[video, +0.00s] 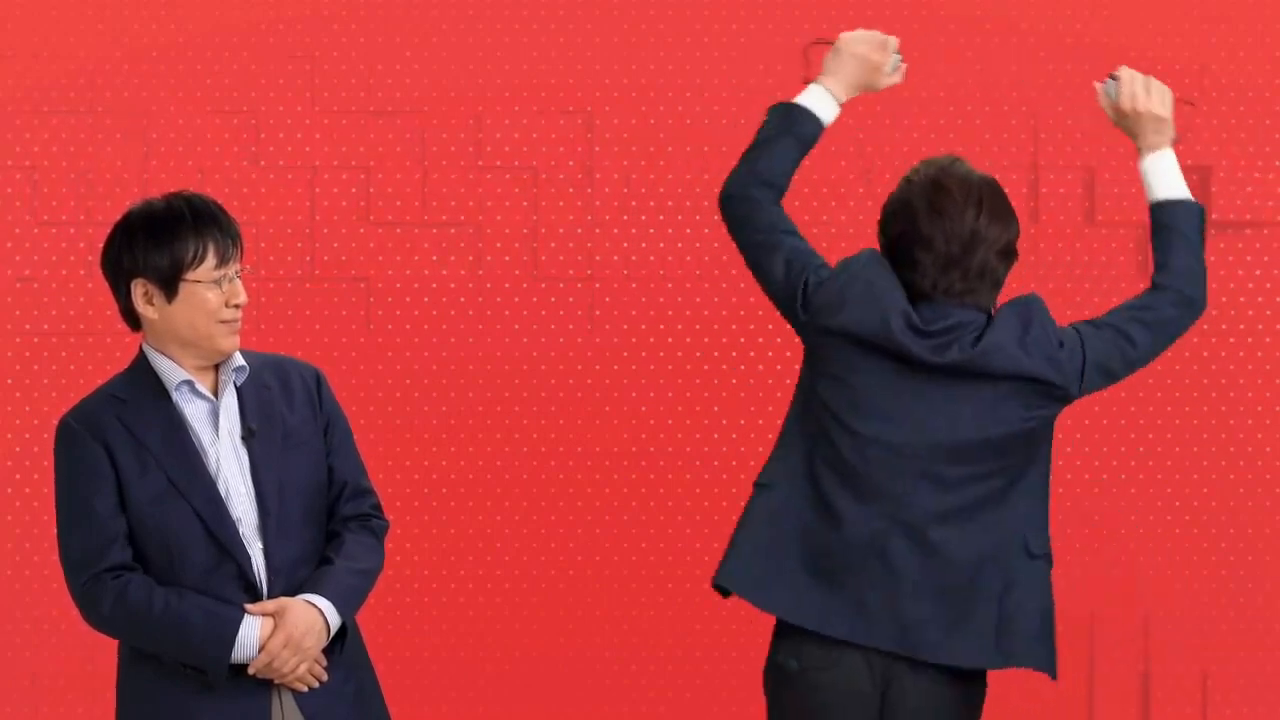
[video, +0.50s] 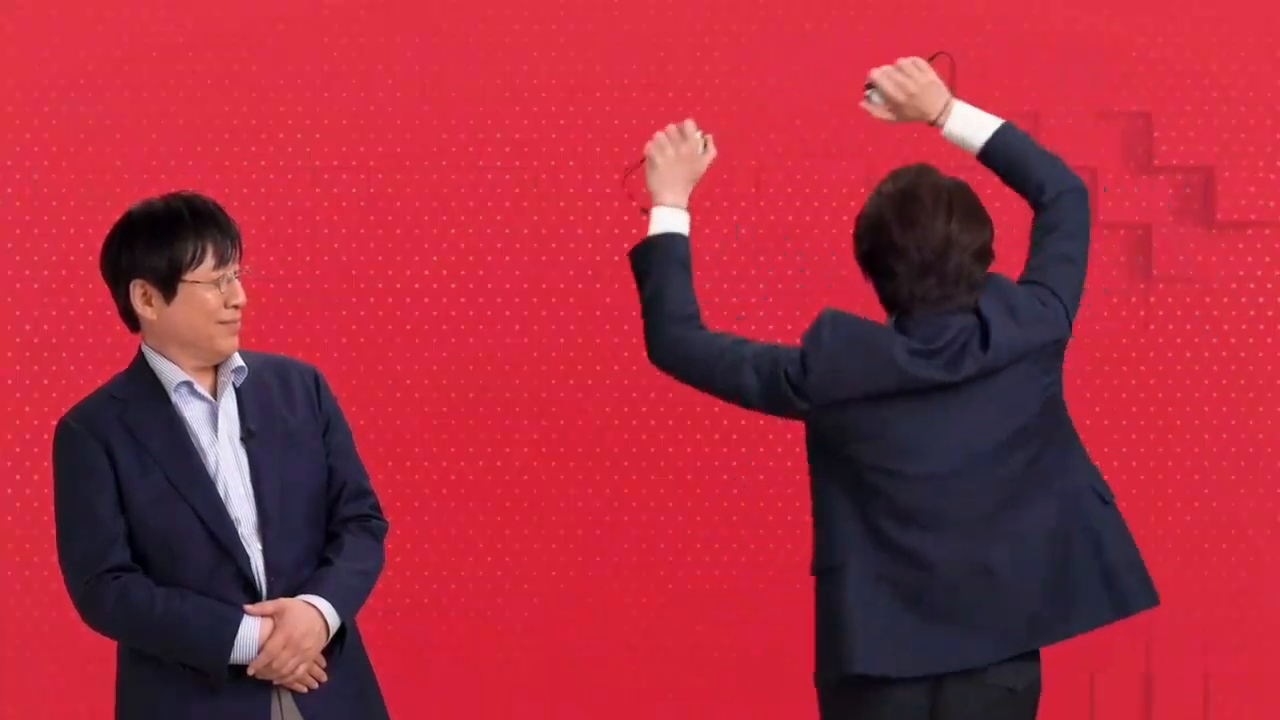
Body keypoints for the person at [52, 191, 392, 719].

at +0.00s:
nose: (239, 297)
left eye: (237, 278)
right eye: (215, 282)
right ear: (148, 300)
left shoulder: (302, 388)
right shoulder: (93, 432)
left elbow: (362, 523)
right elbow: (104, 590)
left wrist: (321, 612)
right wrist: (251, 639)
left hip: (335, 700)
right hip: (192, 708)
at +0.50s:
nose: (238, 298)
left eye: (236, 278)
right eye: (215, 283)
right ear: (147, 301)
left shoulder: (301, 389)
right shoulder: (91, 434)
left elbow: (361, 526)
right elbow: (103, 591)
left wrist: (320, 613)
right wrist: (252, 640)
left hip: (334, 701)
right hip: (192, 708)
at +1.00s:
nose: (238, 298)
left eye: (236, 278)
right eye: (214, 283)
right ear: (147, 301)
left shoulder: (301, 390)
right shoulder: (91, 434)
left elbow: (361, 526)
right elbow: (104, 592)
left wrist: (320, 612)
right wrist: (250, 640)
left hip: (333, 700)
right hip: (192, 708)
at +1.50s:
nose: (237, 298)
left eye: (235, 278)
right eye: (213, 283)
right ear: (147, 301)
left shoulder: (301, 390)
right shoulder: (91, 434)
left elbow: (361, 525)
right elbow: (104, 591)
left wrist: (320, 612)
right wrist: (252, 639)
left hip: (332, 700)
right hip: (192, 708)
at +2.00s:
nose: (233, 298)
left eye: (232, 278)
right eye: (210, 282)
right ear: (143, 300)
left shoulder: (296, 388)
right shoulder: (89, 433)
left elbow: (357, 522)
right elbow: (101, 591)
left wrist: (317, 611)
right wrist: (248, 638)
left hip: (330, 699)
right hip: (190, 707)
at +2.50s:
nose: (238, 298)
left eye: (236, 278)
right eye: (213, 282)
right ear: (147, 300)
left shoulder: (300, 389)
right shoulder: (92, 433)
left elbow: (361, 523)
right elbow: (104, 590)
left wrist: (319, 611)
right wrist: (251, 638)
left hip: (333, 700)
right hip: (192, 708)